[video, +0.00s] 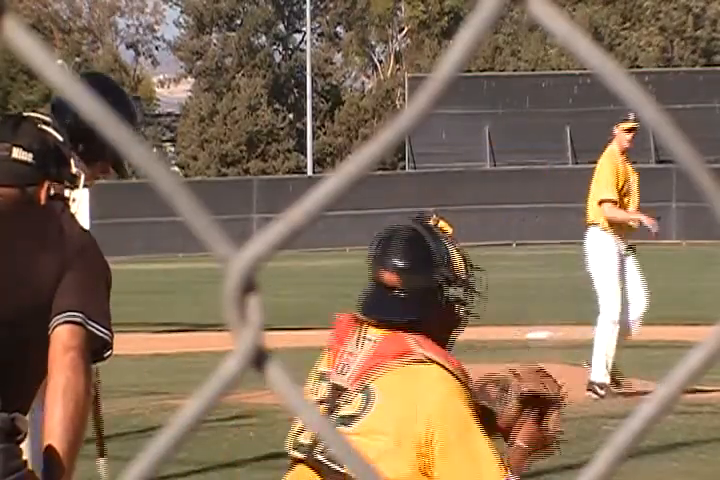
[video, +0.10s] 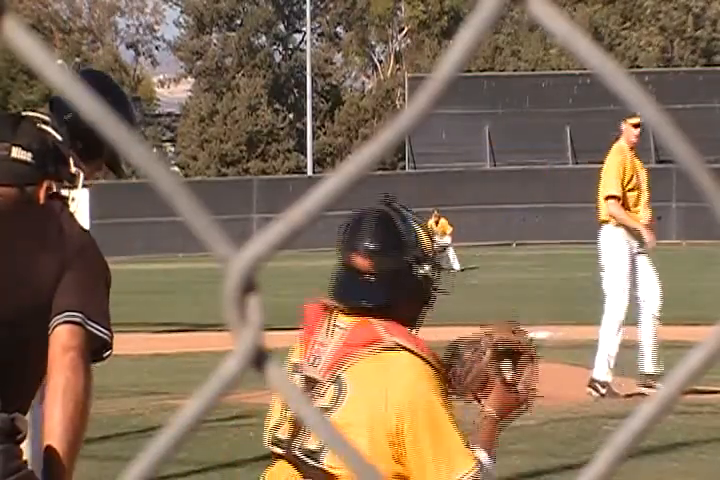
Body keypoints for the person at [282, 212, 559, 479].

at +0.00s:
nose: (459, 308)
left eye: (457, 294)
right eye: (452, 294)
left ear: (379, 291)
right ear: (434, 302)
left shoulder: (343, 349)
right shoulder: (435, 388)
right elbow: (481, 473)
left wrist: (476, 418)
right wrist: (522, 448)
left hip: (305, 468)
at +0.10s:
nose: (430, 291)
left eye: (429, 279)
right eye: (423, 278)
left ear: (347, 275)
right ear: (405, 286)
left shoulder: (316, 338)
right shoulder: (406, 376)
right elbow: (460, 474)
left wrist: (444, 379)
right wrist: (492, 417)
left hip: (281, 471)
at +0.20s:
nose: (400, 276)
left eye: (399, 264)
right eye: (394, 264)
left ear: (320, 263)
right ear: (374, 273)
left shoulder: (289, 322)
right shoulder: (381, 356)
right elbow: (442, 470)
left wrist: (421, 347)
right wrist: (469, 382)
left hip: (266, 468)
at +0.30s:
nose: (376, 259)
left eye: (375, 247)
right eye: (369, 247)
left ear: (293, 250)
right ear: (349, 256)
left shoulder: (262, 314)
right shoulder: (358, 345)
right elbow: (442, 437)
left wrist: (402, 327)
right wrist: (452, 339)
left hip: (250, 470)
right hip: (326, 473)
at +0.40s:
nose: (354, 244)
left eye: (353, 231)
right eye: (345, 232)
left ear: (278, 244)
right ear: (319, 243)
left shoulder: (245, 312)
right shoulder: (338, 334)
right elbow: (437, 387)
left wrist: (376, 332)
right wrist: (439, 295)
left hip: (237, 466)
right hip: (308, 471)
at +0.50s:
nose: (333, 242)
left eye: (332, 228)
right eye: (326, 228)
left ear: (258, 229)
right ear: (303, 236)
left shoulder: (230, 303)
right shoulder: (313, 320)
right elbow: (410, 336)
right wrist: (416, 238)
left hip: (229, 464)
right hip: (302, 470)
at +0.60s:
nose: (321, 237)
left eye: (318, 224)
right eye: (315, 225)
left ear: (241, 232)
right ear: (305, 235)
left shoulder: (212, 300)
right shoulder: (322, 298)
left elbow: (197, 387)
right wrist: (383, 212)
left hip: (227, 466)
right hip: (306, 467)